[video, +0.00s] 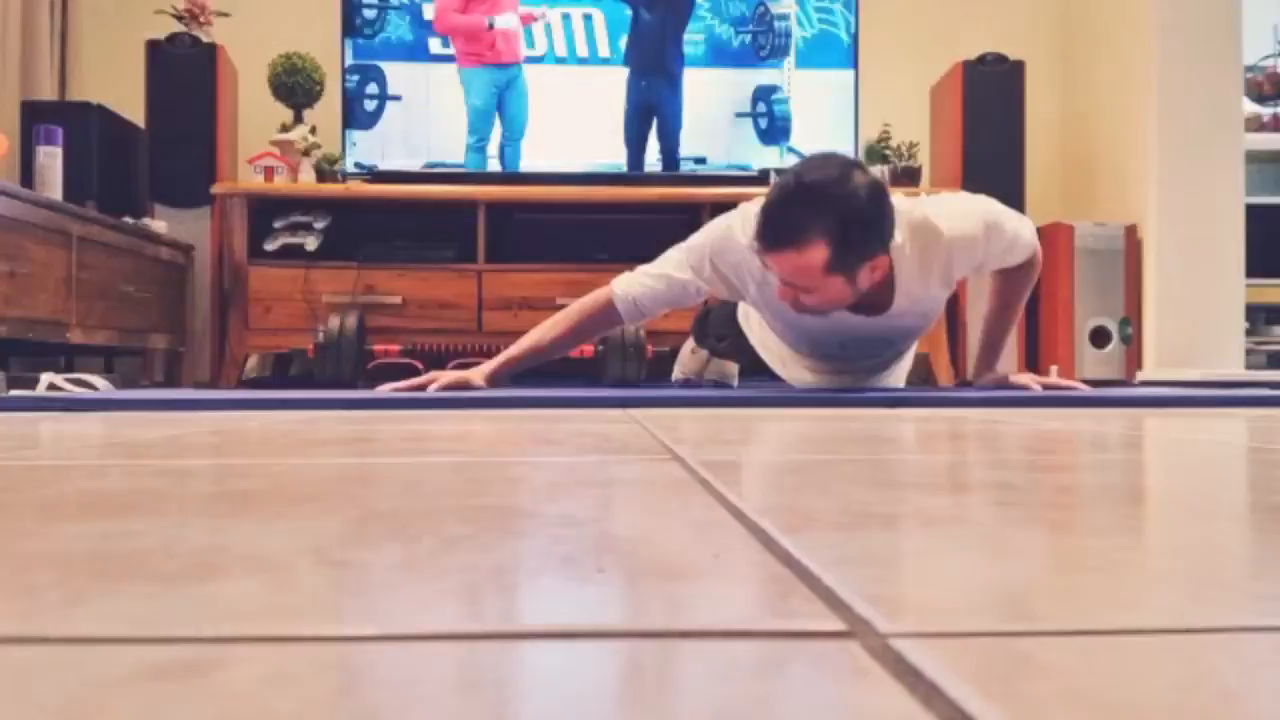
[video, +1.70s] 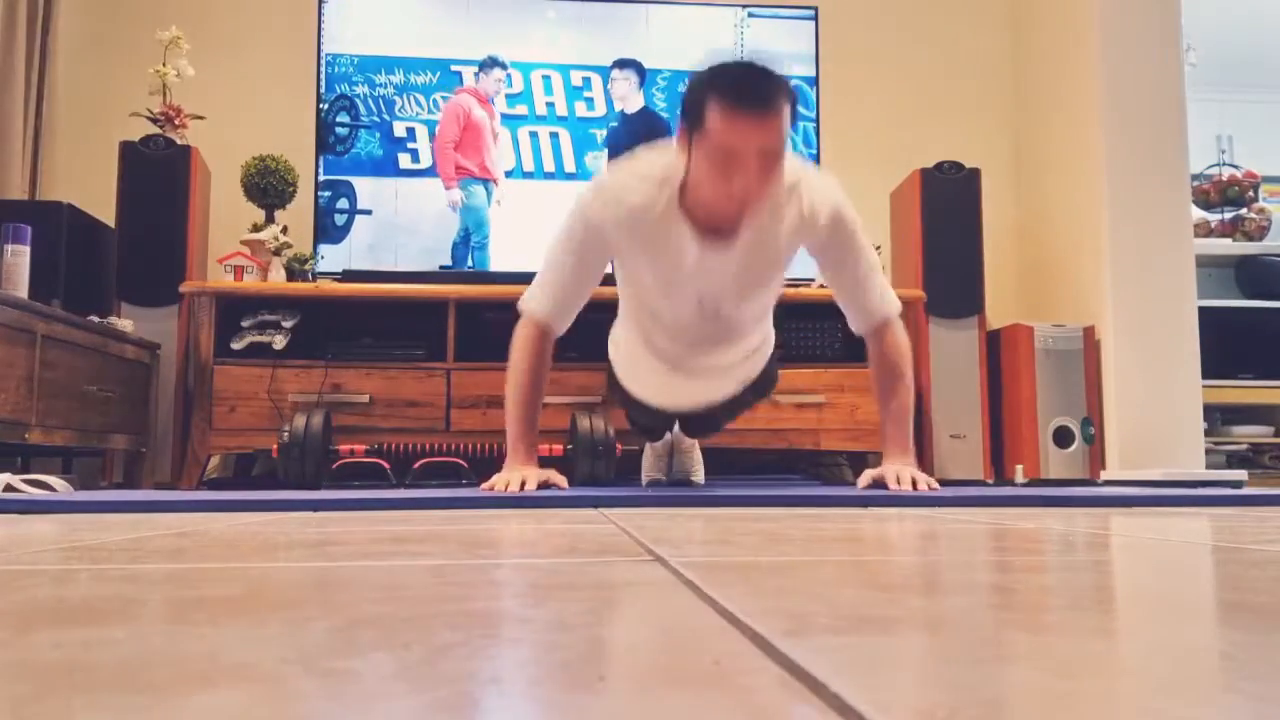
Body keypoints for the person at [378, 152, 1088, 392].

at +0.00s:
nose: (791, 294)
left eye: (808, 284)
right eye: (780, 279)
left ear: (870, 257)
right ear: (769, 247)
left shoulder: (945, 230)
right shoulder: (738, 246)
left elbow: (1024, 246)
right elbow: (614, 304)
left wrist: (986, 371)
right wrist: (491, 369)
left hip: (877, 388)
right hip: (750, 376)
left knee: (872, 517)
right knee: (721, 506)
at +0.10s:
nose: (733, 170)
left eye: (753, 145)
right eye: (712, 145)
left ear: (773, 133)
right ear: (673, 130)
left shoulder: (801, 191)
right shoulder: (609, 187)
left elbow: (849, 327)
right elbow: (559, 327)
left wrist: (894, 460)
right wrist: (521, 460)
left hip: (732, 328)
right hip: (638, 328)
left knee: (704, 407)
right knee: (649, 404)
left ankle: (689, 442)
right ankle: (657, 445)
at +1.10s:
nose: (732, 263)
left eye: (752, 241)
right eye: (712, 240)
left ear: (776, 218)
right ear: (673, 216)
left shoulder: (814, 244)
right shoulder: (607, 234)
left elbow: (906, 339)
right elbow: (507, 339)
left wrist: (903, 460)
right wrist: (513, 461)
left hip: (731, 385)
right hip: (635, 384)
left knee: (701, 428)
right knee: (650, 429)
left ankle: (686, 445)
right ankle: (661, 448)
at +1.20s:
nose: (734, 345)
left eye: (754, 323)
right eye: (714, 323)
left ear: (781, 296)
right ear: (674, 296)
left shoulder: (817, 293)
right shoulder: (612, 289)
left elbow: (928, 348)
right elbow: (496, 346)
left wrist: (906, 461)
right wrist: (513, 463)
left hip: (740, 428)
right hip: (634, 430)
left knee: (737, 562)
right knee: (625, 561)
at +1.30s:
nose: (735, 416)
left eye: (758, 393)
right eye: (716, 393)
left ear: (787, 361)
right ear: (676, 363)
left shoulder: (818, 342)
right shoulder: (615, 337)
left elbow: (935, 349)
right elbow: (493, 346)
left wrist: (905, 463)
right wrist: (513, 463)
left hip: (740, 476)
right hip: (622, 476)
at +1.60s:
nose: (745, 321)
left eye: (764, 299)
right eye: (725, 299)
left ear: (787, 282)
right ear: (684, 278)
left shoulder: (819, 289)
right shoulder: (619, 285)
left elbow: (915, 350)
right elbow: (504, 347)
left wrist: (901, 461)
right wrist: (516, 464)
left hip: (744, 432)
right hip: (641, 434)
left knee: (744, 557)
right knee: (636, 557)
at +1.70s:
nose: (745, 183)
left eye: (765, 161)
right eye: (726, 160)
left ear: (785, 153)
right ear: (686, 143)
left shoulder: (811, 200)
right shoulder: (619, 196)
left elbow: (884, 326)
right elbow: (537, 322)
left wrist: (899, 456)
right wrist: (519, 460)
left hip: (740, 376)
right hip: (643, 376)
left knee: (706, 421)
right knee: (652, 422)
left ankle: (685, 440)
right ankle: (656, 446)